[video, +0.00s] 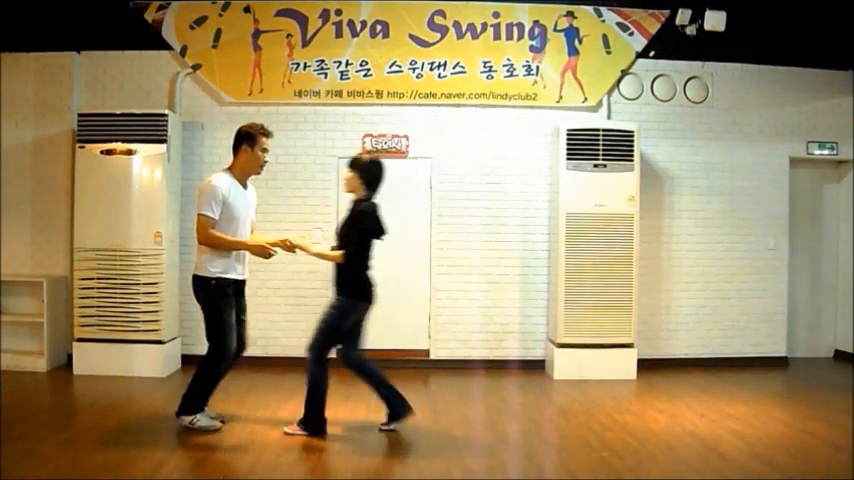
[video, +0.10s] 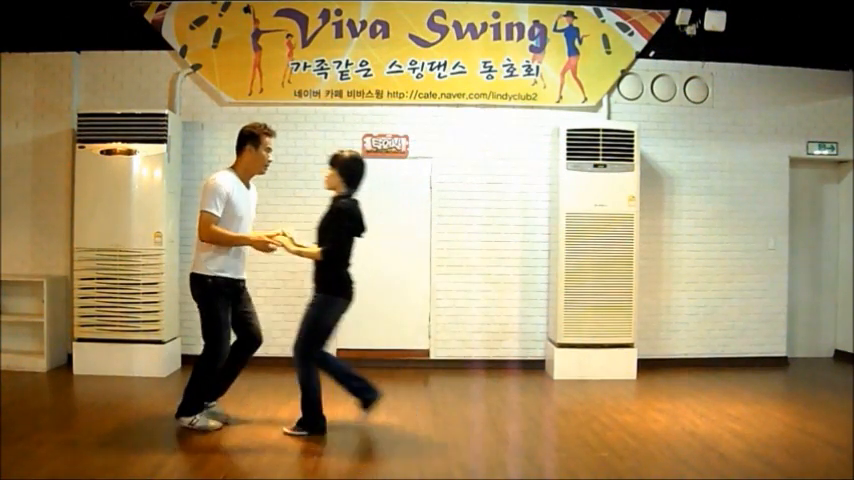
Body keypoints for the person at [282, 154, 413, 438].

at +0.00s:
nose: (346, 177)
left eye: (351, 173)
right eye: (348, 172)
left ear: (362, 179)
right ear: (364, 179)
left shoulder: (362, 212)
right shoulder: (364, 209)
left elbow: (344, 256)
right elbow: (350, 254)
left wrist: (309, 250)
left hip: (351, 296)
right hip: (357, 294)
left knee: (317, 350)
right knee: (351, 356)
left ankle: (313, 422)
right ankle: (398, 407)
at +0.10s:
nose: (326, 173)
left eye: (330, 170)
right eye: (329, 169)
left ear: (340, 176)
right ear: (346, 176)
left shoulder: (342, 209)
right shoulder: (344, 206)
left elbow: (328, 254)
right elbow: (328, 251)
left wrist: (293, 249)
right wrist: (296, 247)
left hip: (332, 292)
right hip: (333, 290)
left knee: (305, 350)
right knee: (309, 350)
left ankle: (312, 420)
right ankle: (365, 392)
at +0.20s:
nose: (310, 171)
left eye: (315, 167)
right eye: (312, 166)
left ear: (327, 173)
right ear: (331, 174)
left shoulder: (325, 206)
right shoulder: (330, 203)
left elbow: (314, 252)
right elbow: (314, 248)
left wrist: (282, 247)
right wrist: (286, 240)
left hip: (316, 288)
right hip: (319, 287)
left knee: (290, 348)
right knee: (293, 346)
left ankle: (310, 417)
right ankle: (323, 401)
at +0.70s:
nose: (301, 173)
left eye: (306, 169)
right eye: (303, 168)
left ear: (317, 176)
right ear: (323, 177)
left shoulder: (315, 208)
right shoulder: (325, 204)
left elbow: (314, 253)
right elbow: (338, 231)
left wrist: (285, 245)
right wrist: (292, 237)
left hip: (312, 293)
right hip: (321, 291)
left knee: (292, 352)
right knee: (306, 352)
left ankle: (307, 421)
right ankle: (357, 398)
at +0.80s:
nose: (317, 177)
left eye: (322, 173)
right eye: (320, 172)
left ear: (332, 179)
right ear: (337, 179)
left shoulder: (333, 212)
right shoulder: (341, 208)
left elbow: (330, 258)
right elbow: (351, 235)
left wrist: (299, 249)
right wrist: (310, 244)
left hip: (330, 296)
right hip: (340, 294)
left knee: (300, 353)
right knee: (341, 357)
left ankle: (307, 421)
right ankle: (397, 391)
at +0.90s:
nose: (340, 180)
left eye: (345, 176)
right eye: (342, 175)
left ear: (357, 182)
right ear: (360, 182)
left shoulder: (359, 214)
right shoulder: (364, 211)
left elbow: (354, 258)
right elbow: (354, 254)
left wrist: (319, 252)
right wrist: (323, 252)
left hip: (357, 299)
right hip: (366, 298)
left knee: (324, 350)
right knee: (377, 356)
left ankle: (309, 420)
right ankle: (429, 401)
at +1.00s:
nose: (365, 180)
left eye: (369, 176)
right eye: (367, 175)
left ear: (382, 181)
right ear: (385, 181)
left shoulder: (386, 213)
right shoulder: (389, 210)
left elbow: (369, 255)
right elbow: (374, 252)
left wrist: (337, 248)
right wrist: (341, 244)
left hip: (387, 298)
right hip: (393, 296)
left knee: (352, 349)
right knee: (403, 355)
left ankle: (331, 417)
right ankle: (442, 411)